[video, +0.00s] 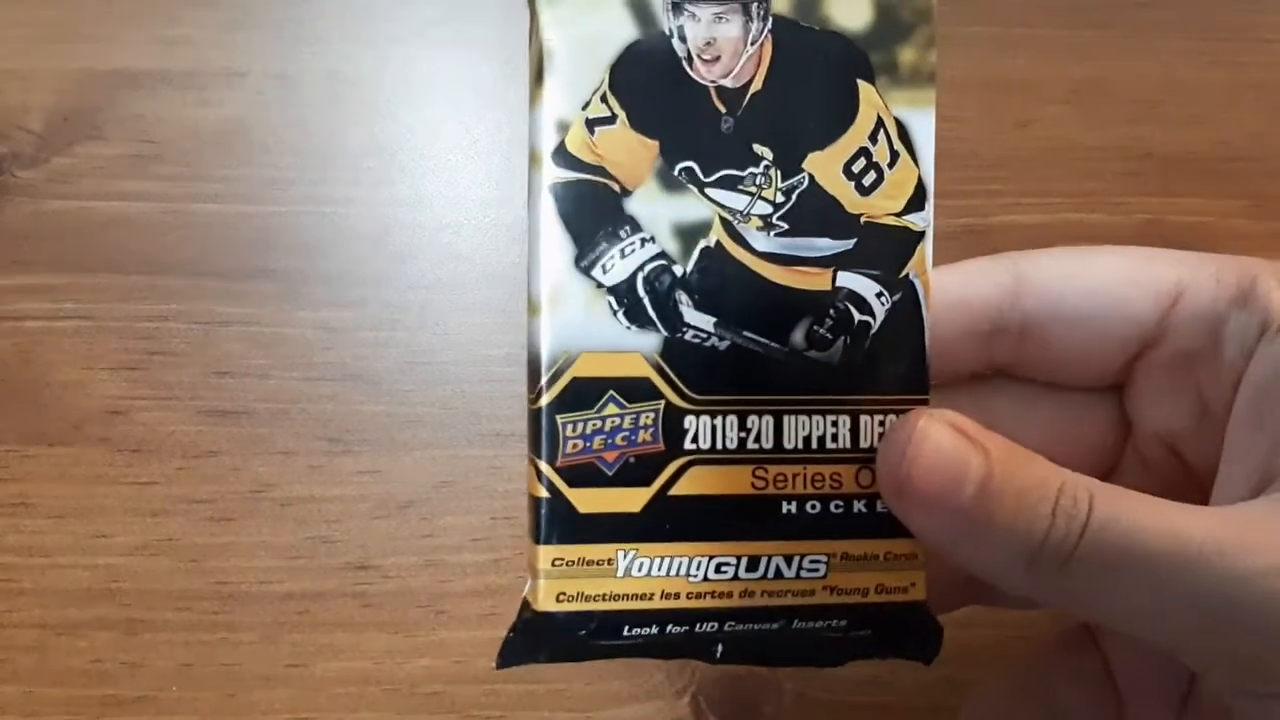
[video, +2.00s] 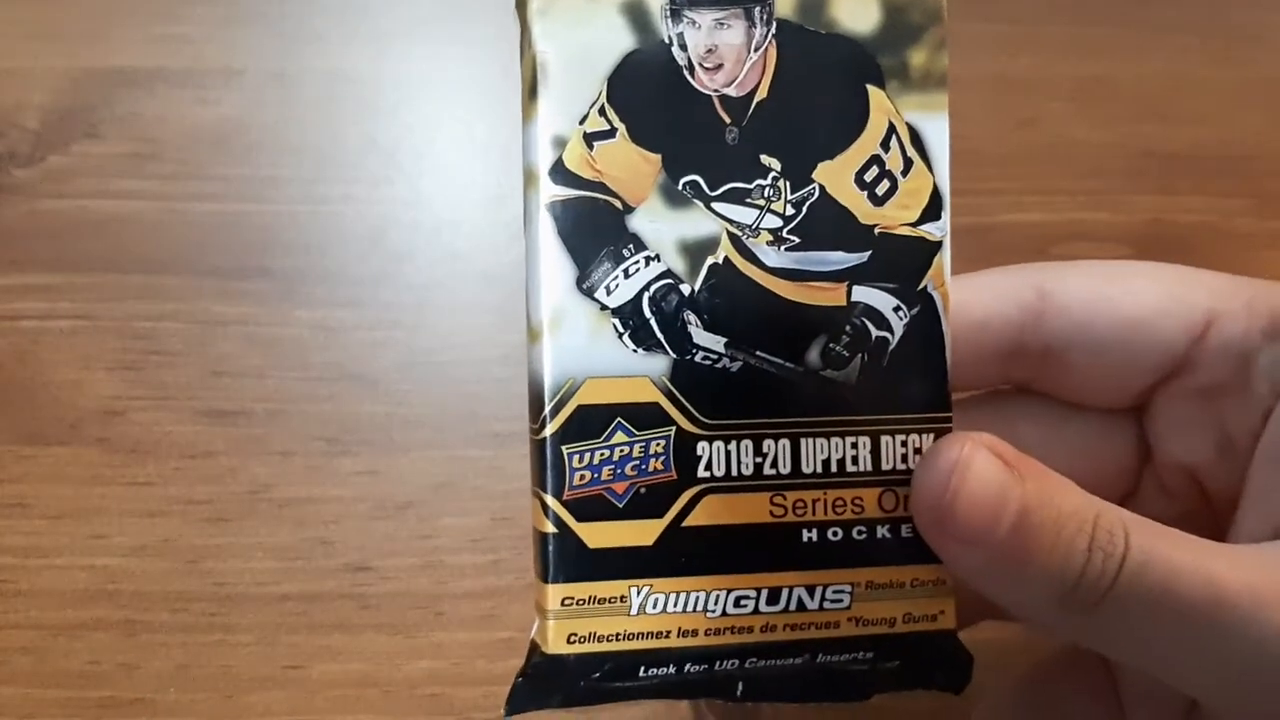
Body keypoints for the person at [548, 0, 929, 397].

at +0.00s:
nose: (703, 40)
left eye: (721, 19)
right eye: (688, 18)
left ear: (758, 19)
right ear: (673, 18)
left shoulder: (824, 73)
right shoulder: (648, 76)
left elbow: (899, 208)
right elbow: (578, 171)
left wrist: (853, 306)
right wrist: (630, 265)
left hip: (854, 272)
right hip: (742, 262)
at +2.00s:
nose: (704, 48)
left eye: (724, 25)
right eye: (687, 25)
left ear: (762, 24)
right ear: (671, 24)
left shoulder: (832, 81)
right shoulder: (647, 87)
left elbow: (914, 215)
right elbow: (579, 189)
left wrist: (871, 321)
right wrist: (638, 286)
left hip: (871, 282)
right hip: (753, 275)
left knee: (903, 445)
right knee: (685, 423)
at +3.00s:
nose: (711, 48)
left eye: (731, 26)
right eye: (695, 25)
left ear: (770, 25)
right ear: (681, 27)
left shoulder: (838, 81)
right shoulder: (658, 85)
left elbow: (918, 212)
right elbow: (591, 186)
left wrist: (879, 315)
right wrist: (651, 283)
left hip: (877, 279)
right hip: (763, 273)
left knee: (915, 437)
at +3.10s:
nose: (788, 51)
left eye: (808, 23)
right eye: (769, 30)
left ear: (850, 17)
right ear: (755, 22)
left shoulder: (921, 67)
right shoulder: (735, 72)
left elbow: (991, 202)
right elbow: (668, 177)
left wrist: (954, 311)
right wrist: (723, 275)